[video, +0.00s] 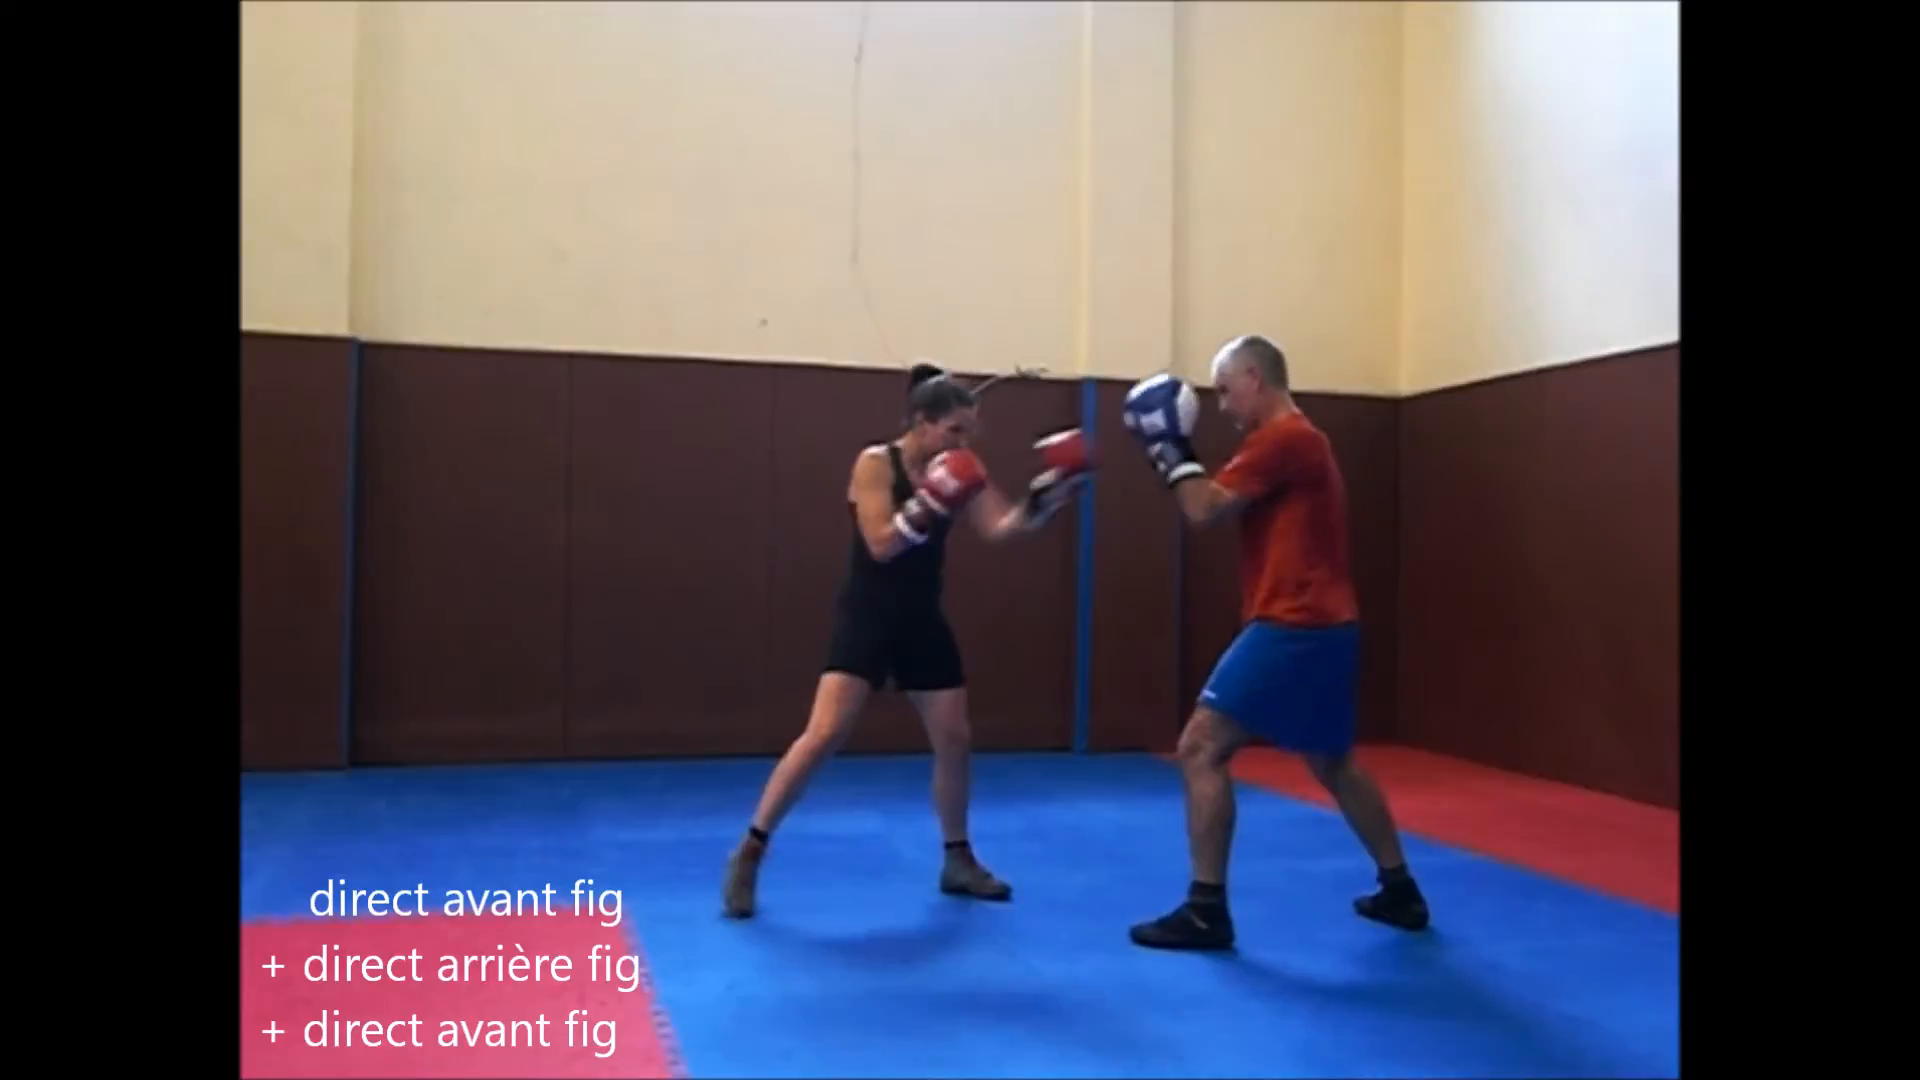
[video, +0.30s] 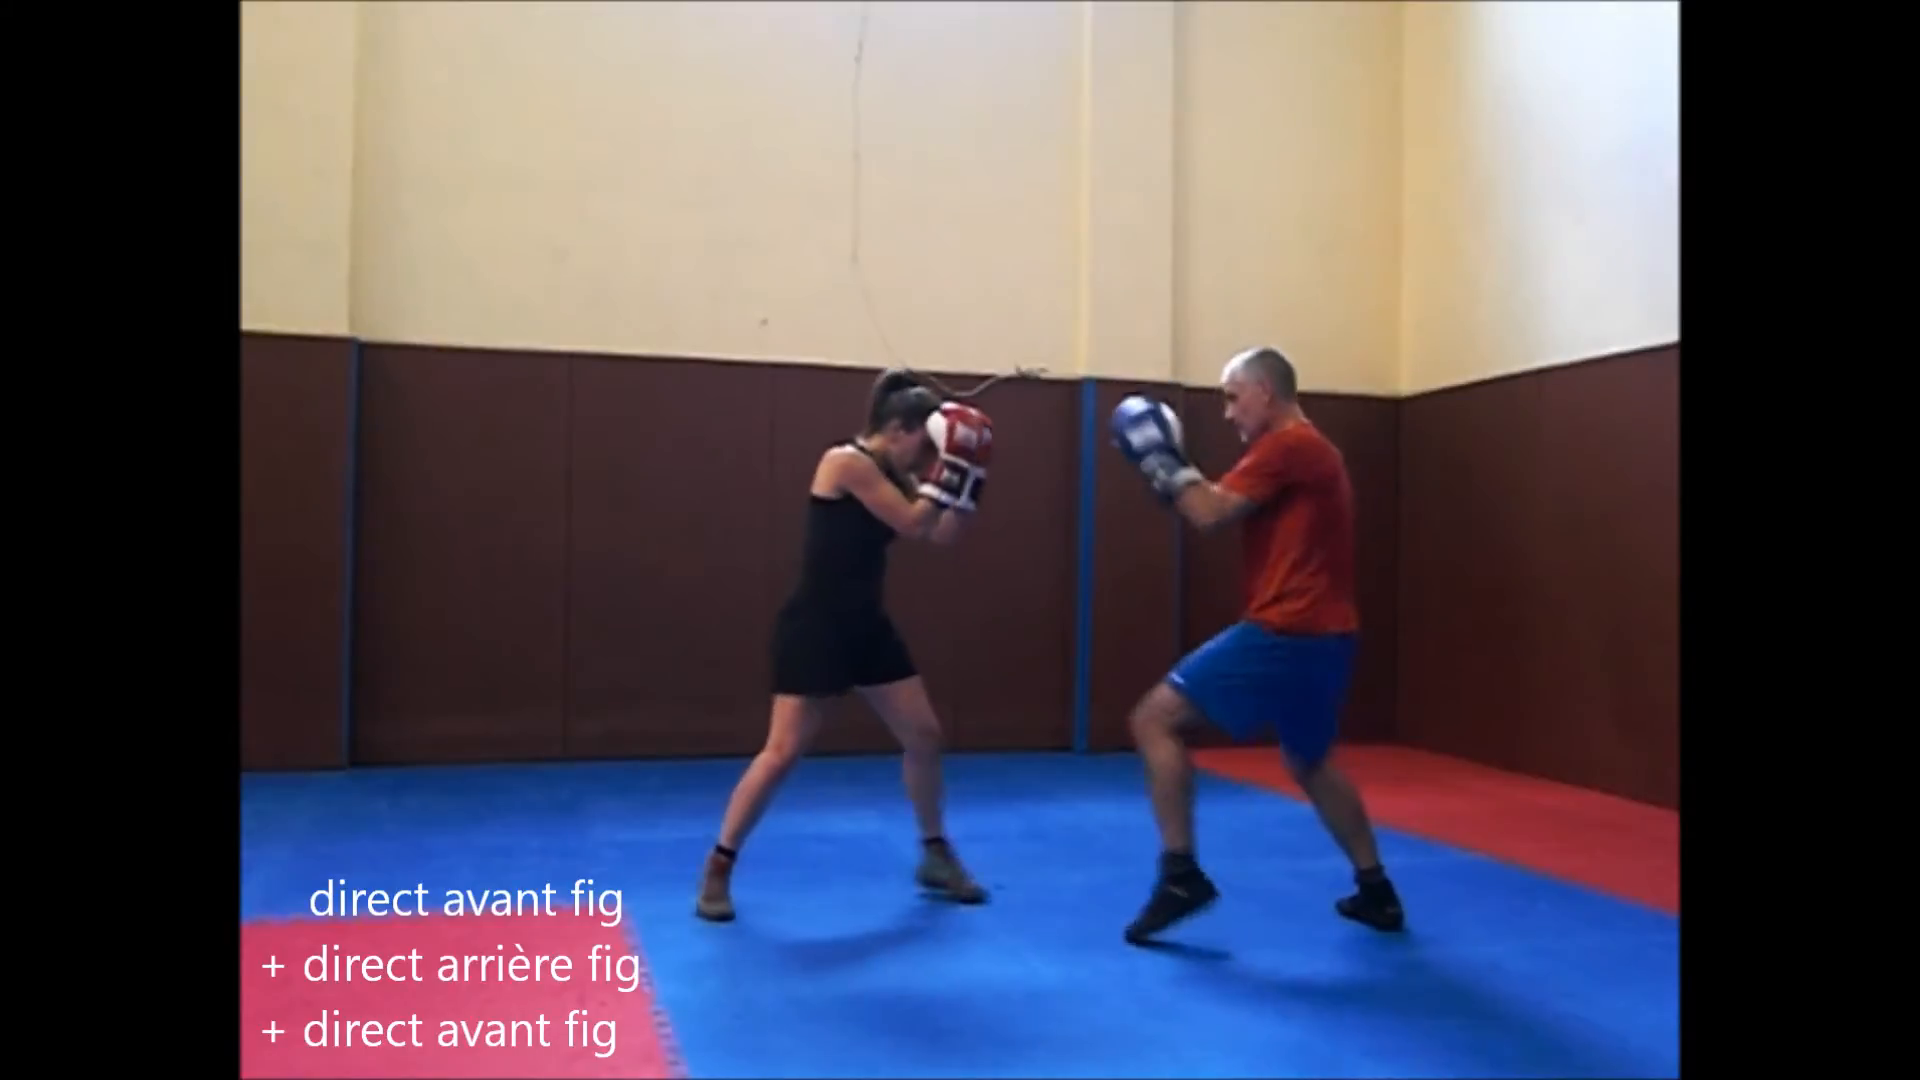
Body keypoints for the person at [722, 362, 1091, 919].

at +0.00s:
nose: (963, 440)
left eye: (967, 430)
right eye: (956, 429)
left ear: (955, 427)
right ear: (923, 422)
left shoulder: (956, 470)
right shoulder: (876, 464)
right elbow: (881, 543)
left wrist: (1045, 496)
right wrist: (931, 503)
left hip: (922, 621)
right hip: (867, 619)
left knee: (953, 738)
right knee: (824, 733)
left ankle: (958, 861)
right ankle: (749, 853)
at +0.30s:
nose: (923, 452)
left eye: (928, 442)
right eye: (922, 440)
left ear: (902, 432)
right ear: (896, 429)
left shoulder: (891, 476)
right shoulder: (846, 463)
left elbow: (943, 531)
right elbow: (912, 523)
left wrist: (967, 477)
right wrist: (945, 475)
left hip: (865, 627)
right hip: (814, 627)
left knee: (923, 736)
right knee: (782, 751)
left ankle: (936, 857)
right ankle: (719, 867)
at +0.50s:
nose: (919, 453)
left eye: (924, 444)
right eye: (918, 442)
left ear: (897, 429)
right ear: (891, 427)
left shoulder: (887, 473)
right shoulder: (840, 465)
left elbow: (924, 522)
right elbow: (902, 526)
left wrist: (957, 473)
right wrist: (946, 478)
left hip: (863, 627)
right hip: (813, 625)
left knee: (911, 738)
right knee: (778, 749)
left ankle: (903, 864)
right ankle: (709, 865)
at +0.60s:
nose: (913, 449)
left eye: (918, 440)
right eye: (910, 436)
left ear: (904, 431)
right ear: (883, 422)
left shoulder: (884, 471)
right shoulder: (835, 459)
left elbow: (920, 523)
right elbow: (894, 519)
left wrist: (944, 480)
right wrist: (926, 476)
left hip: (865, 625)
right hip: (812, 622)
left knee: (906, 740)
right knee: (774, 746)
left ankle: (902, 865)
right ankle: (706, 864)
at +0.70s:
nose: (895, 453)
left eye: (900, 444)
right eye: (890, 441)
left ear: (888, 436)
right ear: (860, 427)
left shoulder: (869, 475)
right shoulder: (815, 465)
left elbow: (916, 523)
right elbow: (880, 518)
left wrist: (933, 473)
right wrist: (909, 469)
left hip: (862, 633)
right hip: (807, 632)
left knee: (912, 741)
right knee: (765, 757)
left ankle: (903, 865)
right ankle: (702, 876)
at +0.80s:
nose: (883, 457)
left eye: (887, 448)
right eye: (878, 445)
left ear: (862, 437)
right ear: (846, 433)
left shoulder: (856, 480)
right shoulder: (804, 469)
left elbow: (903, 529)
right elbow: (871, 524)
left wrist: (924, 474)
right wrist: (902, 470)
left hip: (850, 635)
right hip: (795, 636)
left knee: (907, 743)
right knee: (761, 760)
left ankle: (902, 865)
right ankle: (700, 878)